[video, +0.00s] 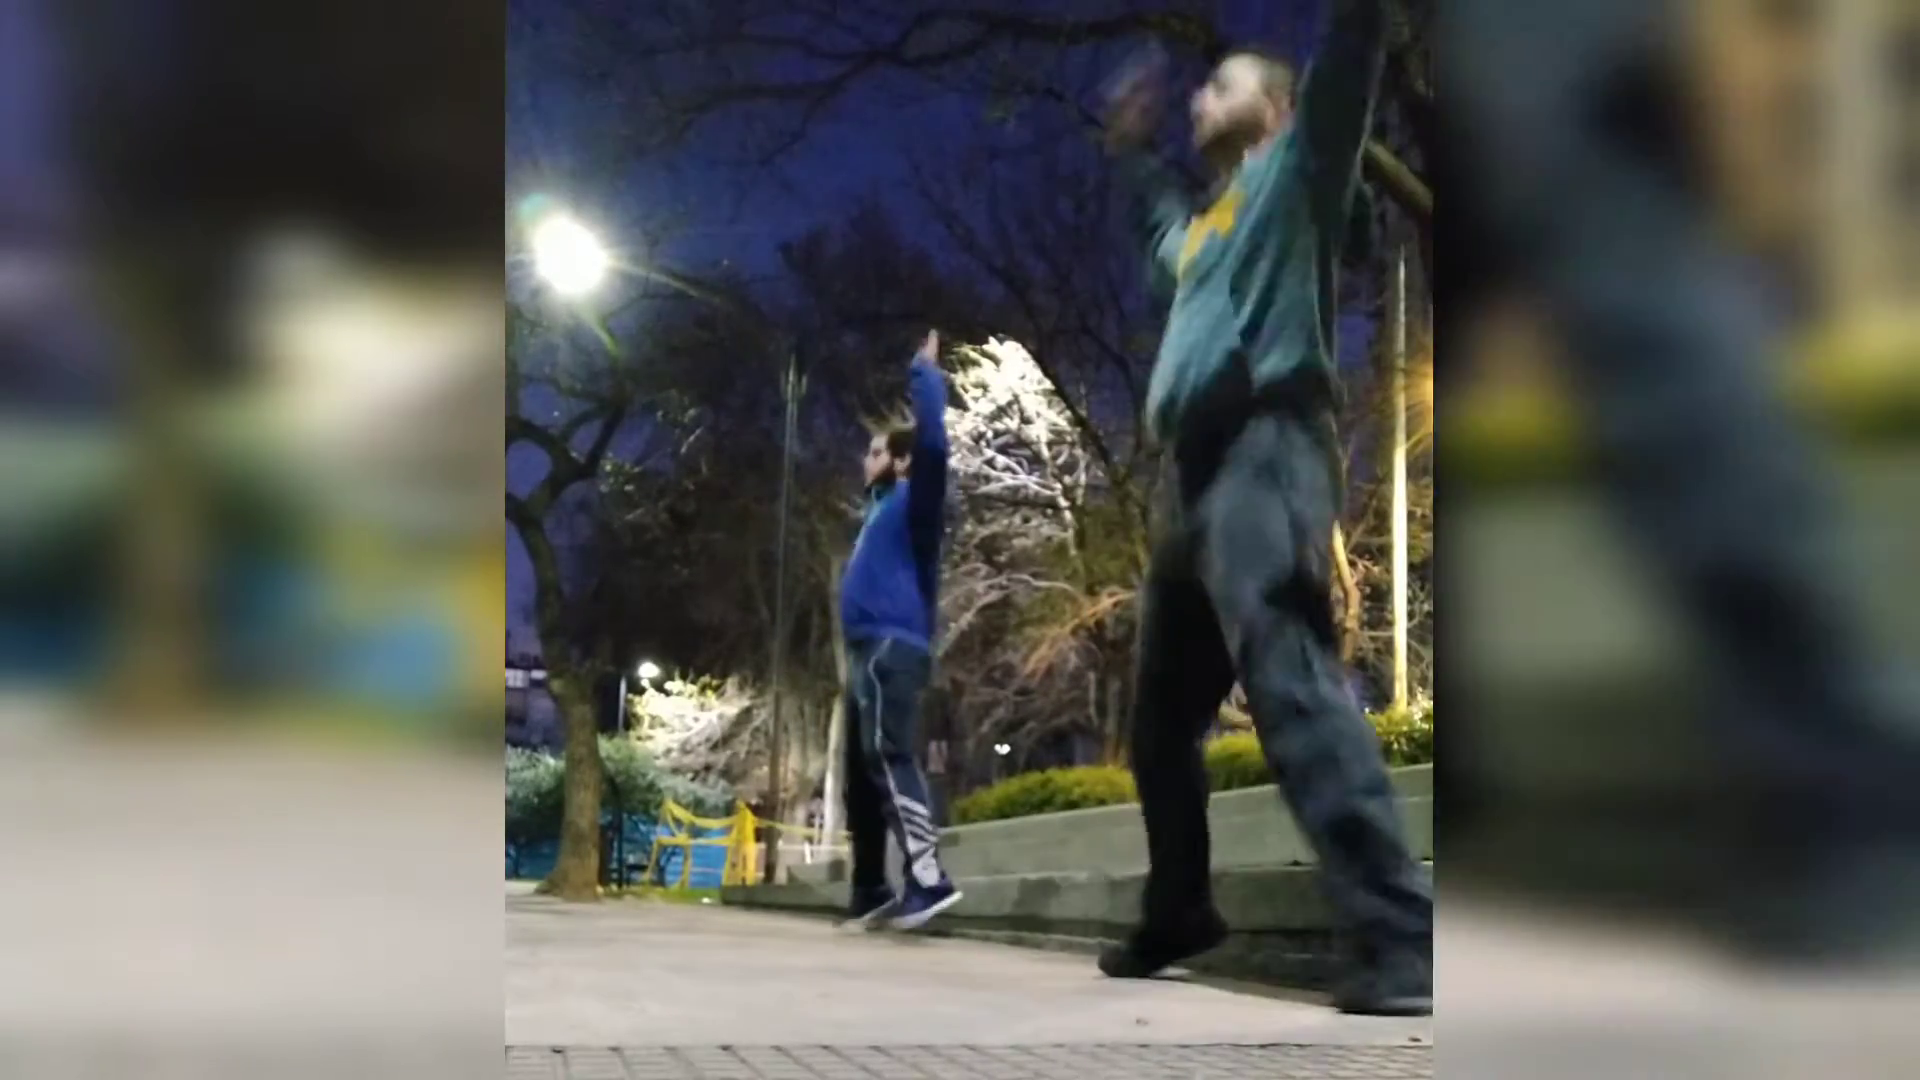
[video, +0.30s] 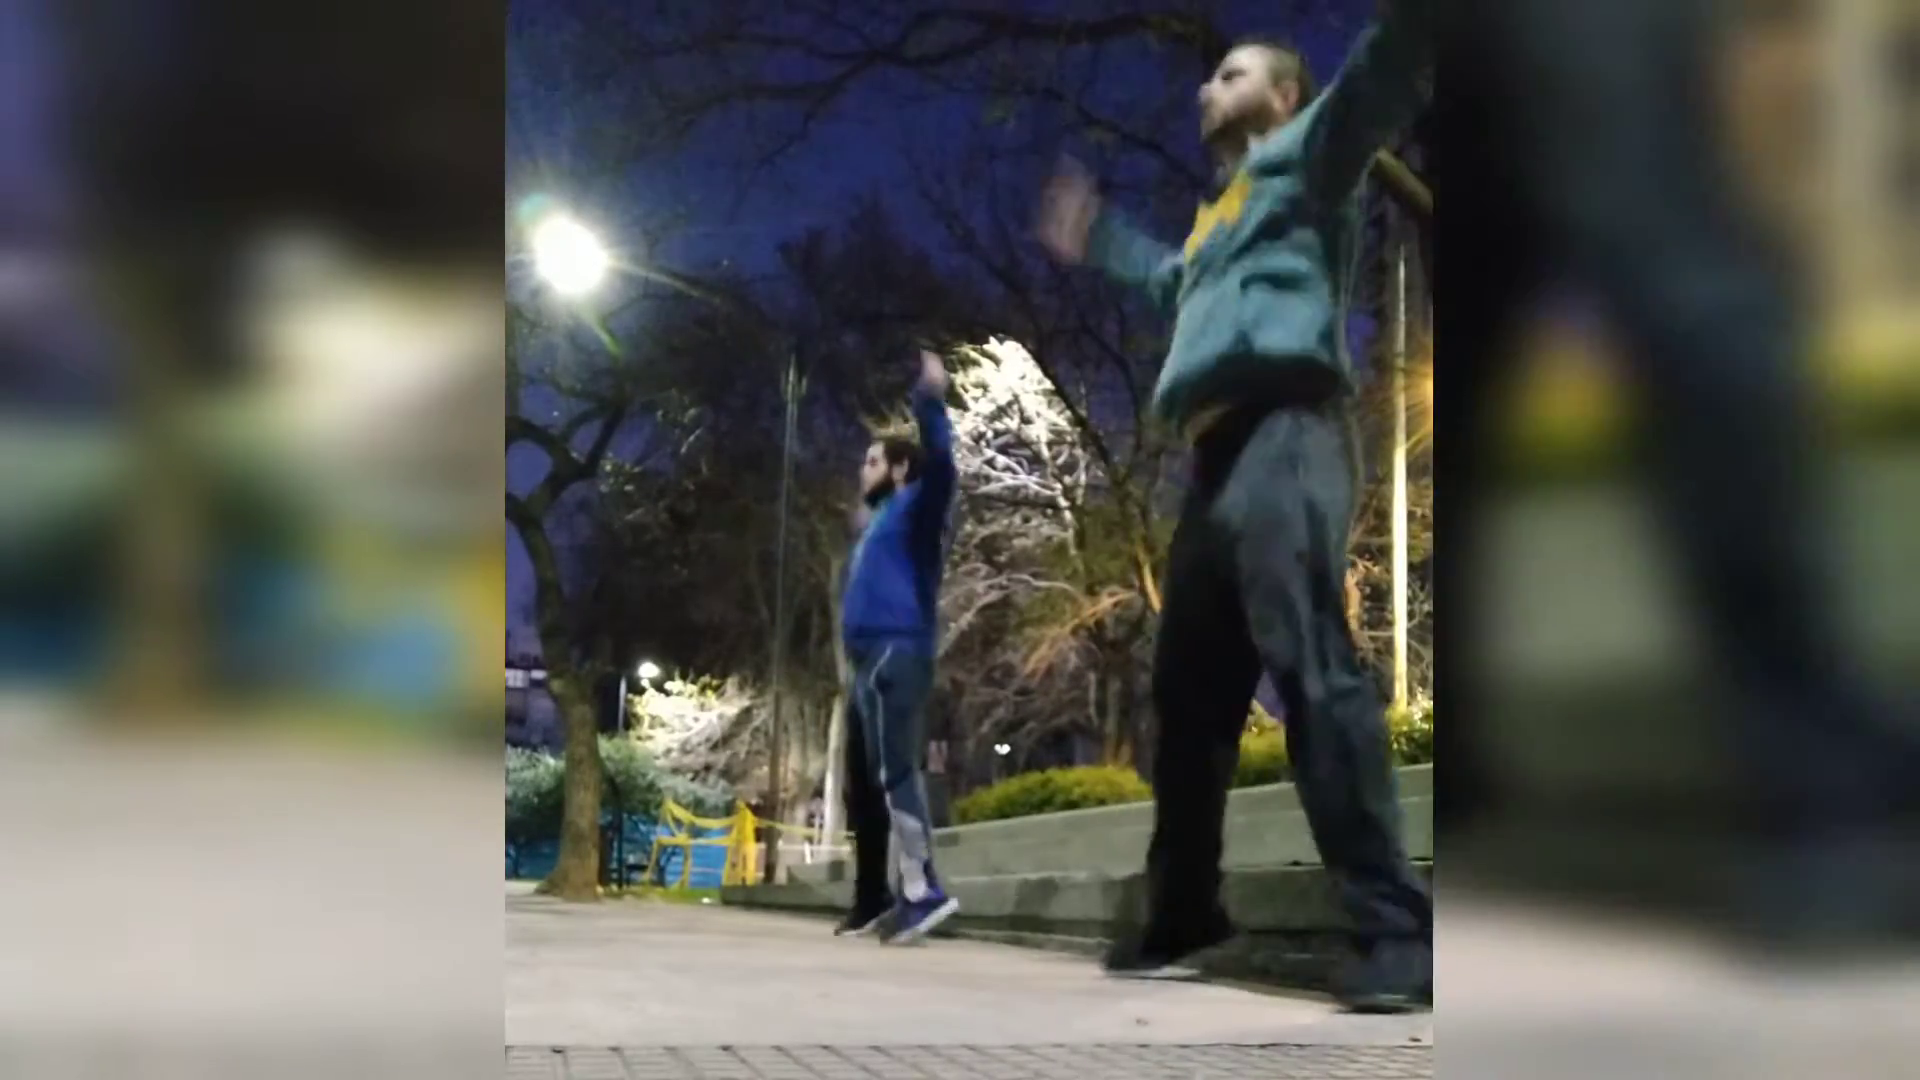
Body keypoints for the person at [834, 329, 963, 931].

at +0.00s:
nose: (867, 459)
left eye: (875, 451)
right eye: (869, 452)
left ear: (900, 459)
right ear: (889, 463)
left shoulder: (914, 504)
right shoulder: (879, 511)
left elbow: (931, 444)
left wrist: (926, 372)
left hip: (896, 639)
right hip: (862, 643)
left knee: (891, 755)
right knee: (861, 769)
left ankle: (927, 880)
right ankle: (871, 888)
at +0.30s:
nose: (864, 468)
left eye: (874, 460)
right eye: (866, 460)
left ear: (901, 468)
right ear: (886, 473)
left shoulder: (916, 506)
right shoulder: (879, 522)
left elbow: (937, 463)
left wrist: (929, 400)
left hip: (899, 644)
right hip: (864, 650)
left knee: (898, 771)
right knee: (879, 776)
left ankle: (921, 891)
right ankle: (897, 894)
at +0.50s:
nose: (863, 469)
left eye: (873, 460)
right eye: (865, 460)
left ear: (901, 467)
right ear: (890, 469)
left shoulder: (920, 505)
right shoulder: (876, 516)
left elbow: (938, 571)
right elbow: (870, 590)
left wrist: (934, 631)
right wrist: (856, 652)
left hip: (903, 651)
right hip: (869, 654)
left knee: (875, 775)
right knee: (857, 778)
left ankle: (913, 898)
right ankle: (891, 904)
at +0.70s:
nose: (870, 467)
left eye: (880, 458)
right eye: (873, 457)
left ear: (907, 465)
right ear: (903, 467)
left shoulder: (928, 507)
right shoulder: (894, 516)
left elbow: (949, 582)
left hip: (904, 657)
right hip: (872, 659)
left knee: (890, 776)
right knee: (862, 783)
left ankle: (920, 903)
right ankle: (894, 906)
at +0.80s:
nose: (877, 453)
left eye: (887, 444)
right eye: (879, 444)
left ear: (915, 451)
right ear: (908, 454)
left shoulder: (931, 489)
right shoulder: (895, 500)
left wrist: (963, 458)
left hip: (907, 632)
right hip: (876, 636)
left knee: (895, 755)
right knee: (875, 764)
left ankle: (927, 885)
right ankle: (892, 894)